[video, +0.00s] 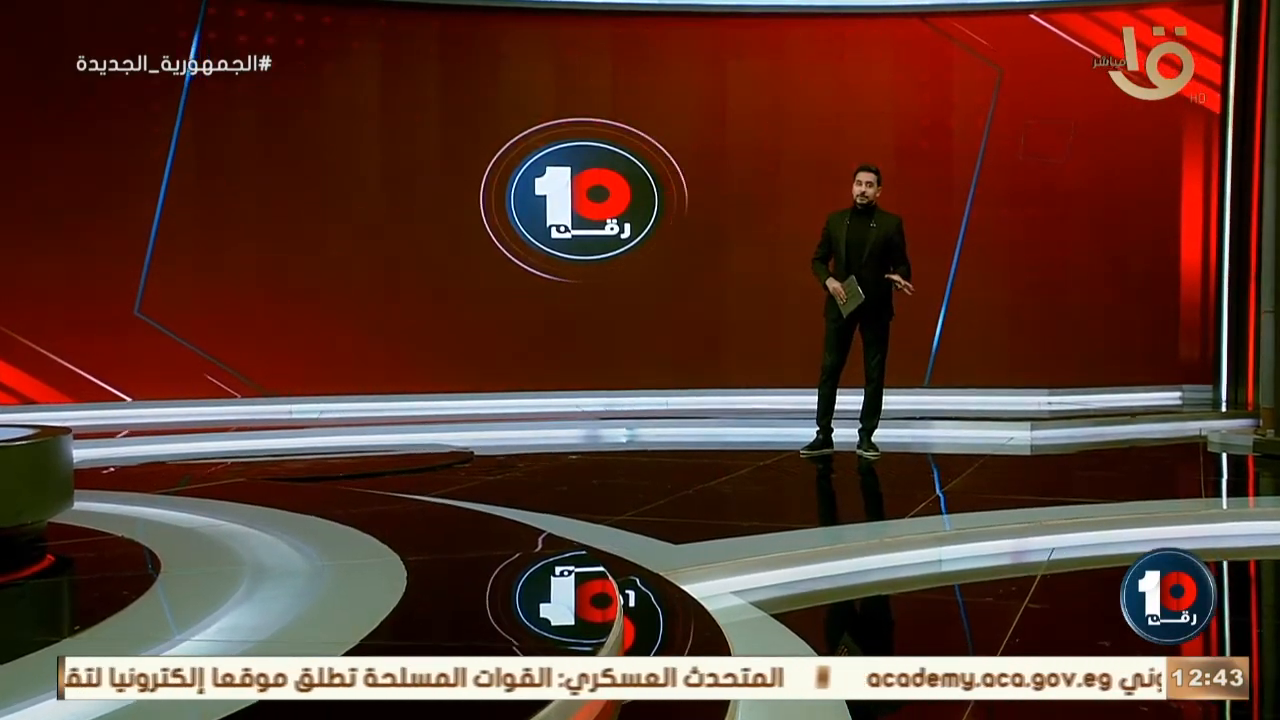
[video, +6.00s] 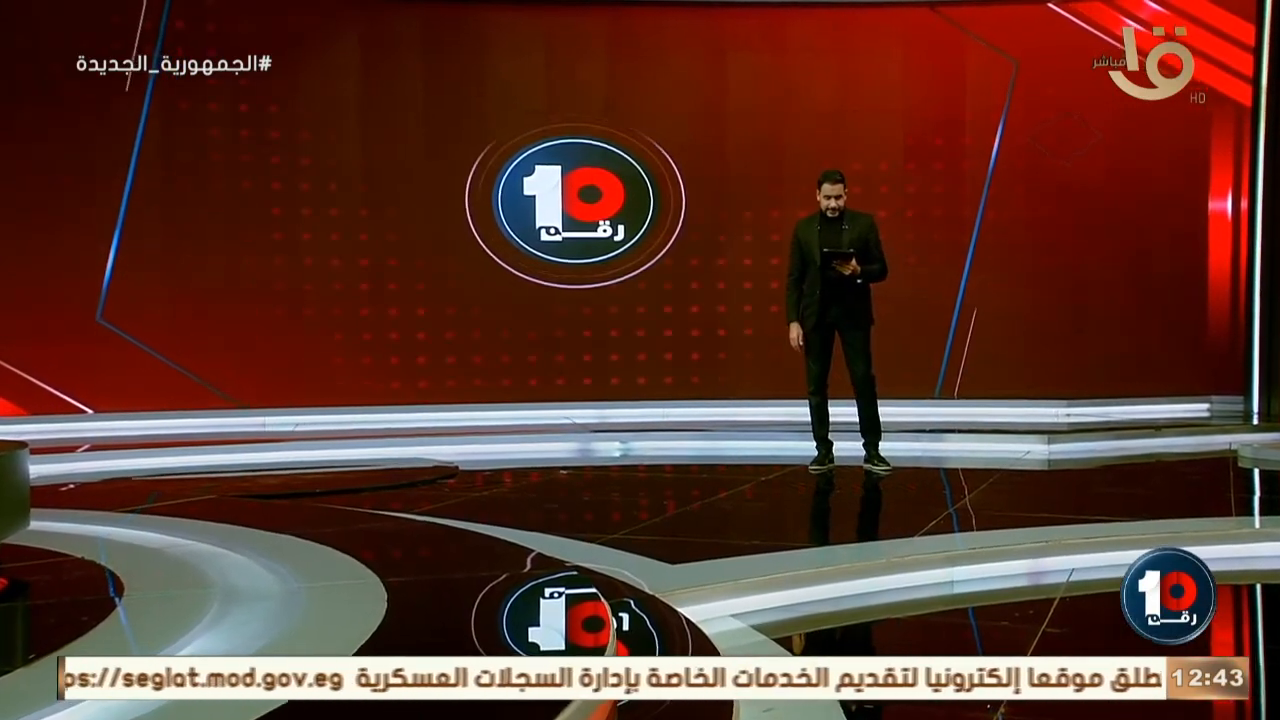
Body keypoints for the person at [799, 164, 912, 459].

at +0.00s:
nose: (863, 189)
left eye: (869, 185)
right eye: (859, 183)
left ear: (878, 190)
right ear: (852, 187)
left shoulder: (892, 224)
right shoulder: (836, 221)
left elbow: (902, 264)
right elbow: (818, 261)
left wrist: (900, 277)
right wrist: (828, 281)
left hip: (876, 309)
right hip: (841, 307)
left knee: (874, 376)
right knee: (829, 370)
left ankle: (866, 438)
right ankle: (823, 435)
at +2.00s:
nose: (820, 195)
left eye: (825, 189)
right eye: (815, 190)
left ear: (834, 191)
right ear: (807, 194)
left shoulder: (852, 224)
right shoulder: (796, 228)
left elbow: (868, 266)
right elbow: (782, 270)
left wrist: (860, 283)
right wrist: (796, 284)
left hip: (844, 311)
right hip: (809, 312)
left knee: (856, 373)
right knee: (810, 378)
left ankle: (868, 441)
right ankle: (819, 441)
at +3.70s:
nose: (862, 204)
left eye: (867, 199)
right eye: (857, 198)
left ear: (874, 197)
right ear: (847, 195)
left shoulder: (890, 224)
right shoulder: (833, 226)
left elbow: (904, 271)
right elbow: (818, 271)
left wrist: (884, 272)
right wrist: (832, 269)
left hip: (878, 315)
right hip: (842, 315)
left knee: (880, 381)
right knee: (831, 378)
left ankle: (873, 446)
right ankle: (822, 444)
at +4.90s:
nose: (864, 206)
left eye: (869, 200)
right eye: (859, 199)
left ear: (878, 197)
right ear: (850, 195)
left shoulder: (893, 226)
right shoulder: (836, 226)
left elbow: (906, 274)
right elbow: (822, 273)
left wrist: (883, 272)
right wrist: (824, 312)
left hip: (880, 317)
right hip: (844, 316)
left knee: (881, 383)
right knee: (833, 378)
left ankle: (873, 449)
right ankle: (825, 446)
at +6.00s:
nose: (833, 203)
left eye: (838, 197)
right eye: (827, 197)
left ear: (846, 195)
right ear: (818, 197)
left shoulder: (863, 224)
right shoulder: (804, 229)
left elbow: (880, 271)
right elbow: (795, 279)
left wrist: (859, 271)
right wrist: (793, 321)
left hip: (854, 317)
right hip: (816, 318)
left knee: (863, 381)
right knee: (816, 386)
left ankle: (872, 451)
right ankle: (823, 451)